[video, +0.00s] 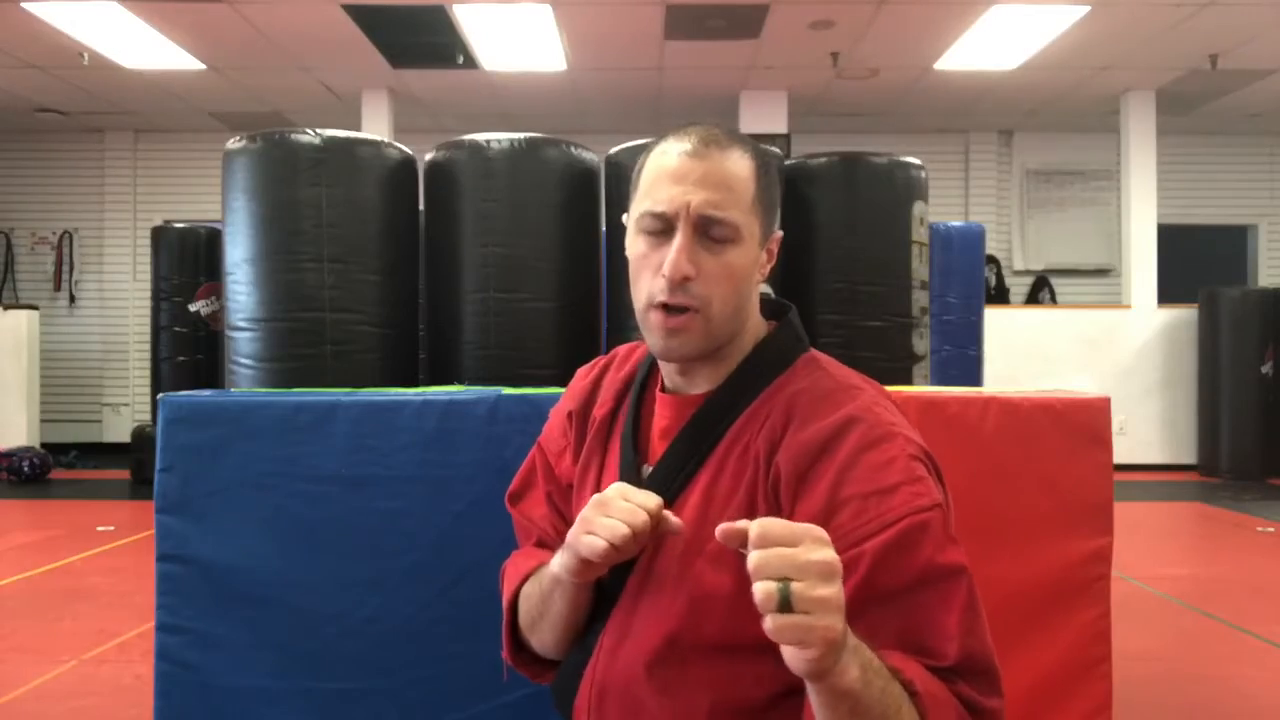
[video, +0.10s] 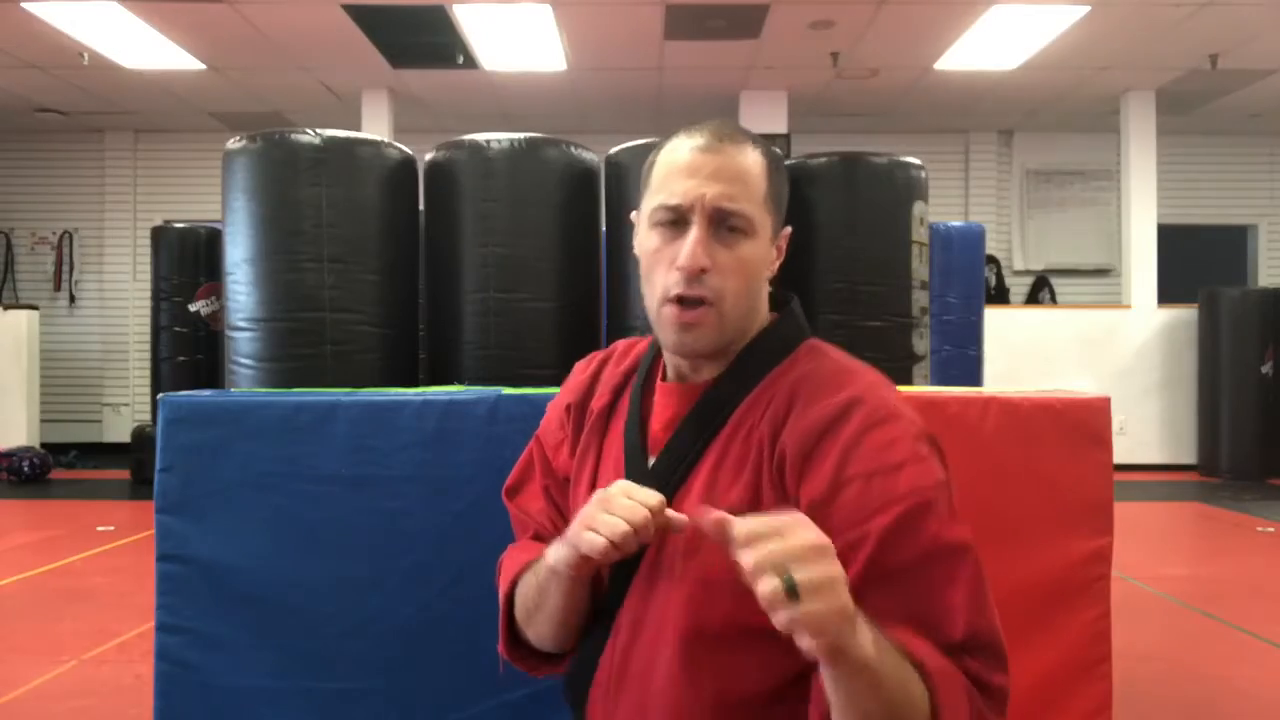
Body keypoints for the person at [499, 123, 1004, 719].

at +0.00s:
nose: (676, 267)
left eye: (715, 235)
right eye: (657, 229)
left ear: (766, 259)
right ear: (626, 240)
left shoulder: (852, 435)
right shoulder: (599, 392)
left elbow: (953, 702)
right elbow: (537, 641)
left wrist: (836, 663)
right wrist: (568, 569)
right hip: (595, 705)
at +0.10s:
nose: (692, 256)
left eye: (727, 228)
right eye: (671, 222)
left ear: (775, 253)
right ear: (636, 238)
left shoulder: (851, 419)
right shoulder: (598, 384)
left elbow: (958, 700)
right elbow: (537, 638)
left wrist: (847, 643)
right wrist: (566, 557)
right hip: (608, 704)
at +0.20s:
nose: (705, 246)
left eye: (736, 215)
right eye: (679, 215)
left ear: (782, 237)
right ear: (644, 237)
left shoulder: (867, 405)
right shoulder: (592, 379)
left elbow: (929, 701)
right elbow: (542, 636)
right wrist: (547, 564)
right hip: (627, 704)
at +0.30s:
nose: (699, 244)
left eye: (730, 211)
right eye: (672, 213)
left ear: (773, 233)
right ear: (630, 236)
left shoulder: (863, 396)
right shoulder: (600, 389)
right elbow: (575, 577)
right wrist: (538, 655)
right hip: (630, 704)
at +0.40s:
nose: (638, 259)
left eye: (671, 227)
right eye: (608, 229)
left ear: (719, 246)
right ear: (569, 255)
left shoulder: (805, 407)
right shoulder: (586, 421)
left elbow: (892, 680)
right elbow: (569, 625)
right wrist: (553, 700)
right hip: (602, 704)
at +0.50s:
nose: (544, 275)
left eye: (576, 242)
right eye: (516, 248)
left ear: (637, 259)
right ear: (488, 276)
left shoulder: (723, 415)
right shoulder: (540, 454)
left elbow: (864, 676)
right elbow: (528, 671)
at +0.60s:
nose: (450, 282)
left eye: (483, 246)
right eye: (423, 253)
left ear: (550, 262)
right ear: (399, 280)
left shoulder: (644, 394)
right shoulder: (457, 459)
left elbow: (822, 621)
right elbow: (465, 669)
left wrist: (692, 671)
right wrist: (341, 700)